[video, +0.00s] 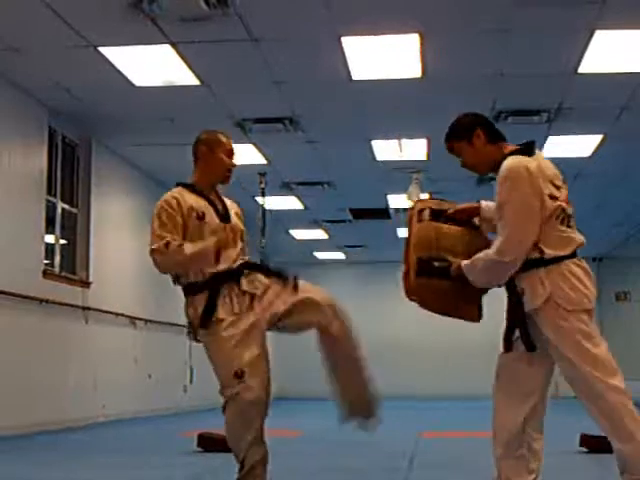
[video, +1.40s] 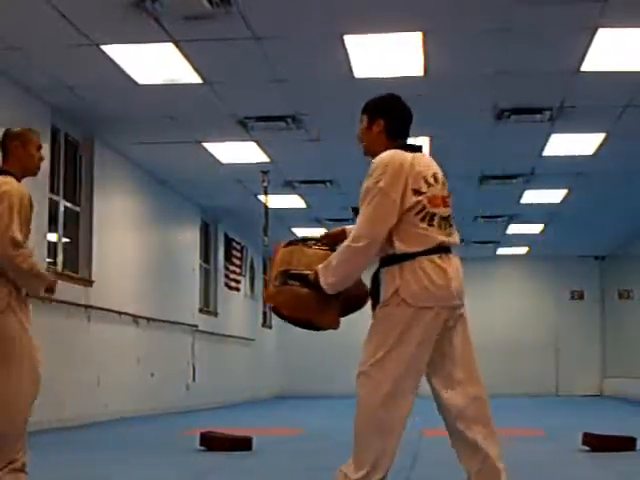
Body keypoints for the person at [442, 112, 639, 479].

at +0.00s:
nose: (464, 165)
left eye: (461, 155)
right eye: (459, 159)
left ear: (479, 139)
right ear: (483, 139)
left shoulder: (516, 168)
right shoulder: (529, 165)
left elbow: (511, 250)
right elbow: (520, 218)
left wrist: (466, 269)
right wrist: (475, 212)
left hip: (554, 283)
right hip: (532, 287)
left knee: (599, 387)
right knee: (516, 395)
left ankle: (634, 466)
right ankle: (517, 472)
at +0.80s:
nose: (447, 153)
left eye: (449, 144)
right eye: (446, 145)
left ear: (466, 137)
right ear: (477, 137)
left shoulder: (493, 168)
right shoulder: (512, 168)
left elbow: (494, 241)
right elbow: (514, 234)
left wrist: (461, 287)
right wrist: (467, 243)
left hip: (526, 282)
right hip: (516, 283)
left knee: (550, 386)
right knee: (492, 386)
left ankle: (627, 468)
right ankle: (492, 472)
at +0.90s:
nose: (434, 148)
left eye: (436, 139)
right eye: (433, 141)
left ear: (452, 136)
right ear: (467, 136)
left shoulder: (473, 165)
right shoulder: (497, 166)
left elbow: (474, 235)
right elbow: (497, 232)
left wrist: (444, 282)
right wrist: (449, 241)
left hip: (506, 278)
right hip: (506, 277)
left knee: (497, 382)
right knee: (481, 383)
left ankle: (581, 455)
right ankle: (493, 471)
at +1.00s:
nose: (424, 144)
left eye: (426, 135)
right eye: (424, 136)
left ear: (441, 132)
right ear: (459, 133)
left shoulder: (459, 161)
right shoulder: (488, 164)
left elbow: (456, 230)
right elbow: (481, 231)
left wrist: (423, 276)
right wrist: (427, 239)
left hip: (488, 276)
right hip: (513, 274)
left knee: (454, 374)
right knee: (501, 381)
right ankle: (495, 469)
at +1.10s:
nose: (411, 139)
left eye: (413, 130)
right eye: (411, 131)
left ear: (430, 128)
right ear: (447, 129)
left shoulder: (448, 159)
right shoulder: (477, 162)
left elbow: (436, 230)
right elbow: (465, 229)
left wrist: (399, 272)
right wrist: (411, 236)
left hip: (470, 280)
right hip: (497, 279)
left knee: (429, 372)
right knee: (490, 385)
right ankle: (497, 471)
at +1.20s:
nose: (399, 137)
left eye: (402, 128)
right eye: (400, 129)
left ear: (417, 126)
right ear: (437, 128)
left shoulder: (434, 159)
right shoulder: (465, 163)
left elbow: (415, 229)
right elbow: (442, 227)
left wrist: (374, 269)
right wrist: (391, 232)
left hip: (453, 281)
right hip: (481, 277)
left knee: (415, 377)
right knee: (481, 385)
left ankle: (369, 470)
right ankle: (496, 471)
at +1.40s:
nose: (360, 135)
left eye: (364, 126)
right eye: (361, 127)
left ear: (379, 126)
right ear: (397, 129)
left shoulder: (391, 163)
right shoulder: (426, 164)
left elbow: (368, 235)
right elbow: (401, 226)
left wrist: (326, 276)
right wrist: (349, 233)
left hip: (413, 283)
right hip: (447, 279)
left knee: (381, 380)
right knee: (458, 386)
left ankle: (365, 472)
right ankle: (488, 472)